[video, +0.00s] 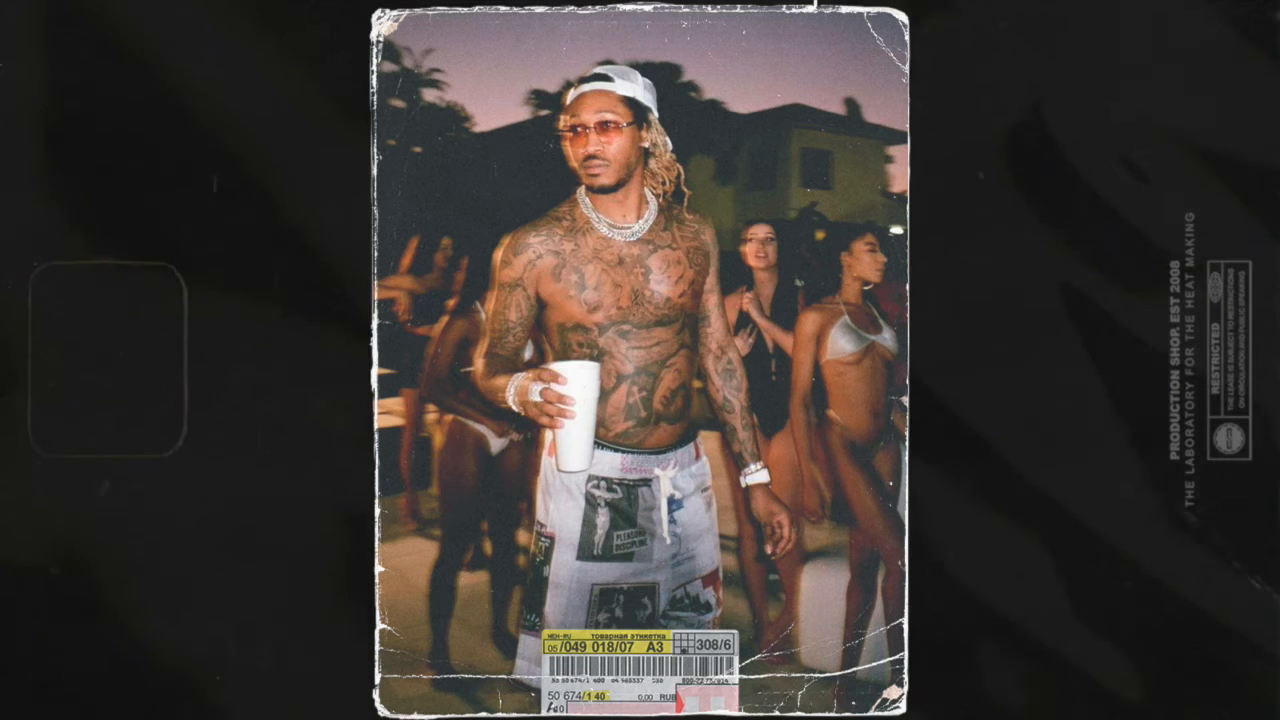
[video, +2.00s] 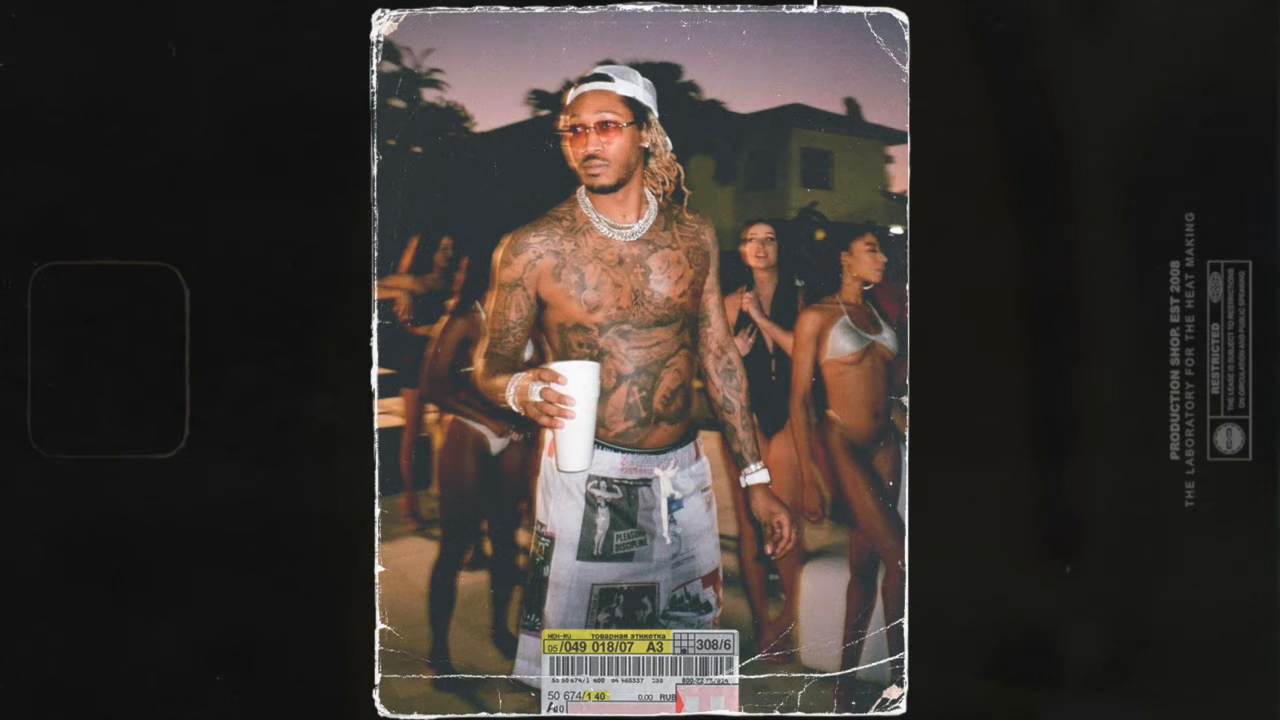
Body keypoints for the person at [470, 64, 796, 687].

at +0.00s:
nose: (590, 143)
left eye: (608, 126)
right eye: (576, 130)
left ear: (646, 139)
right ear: (565, 144)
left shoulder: (694, 237)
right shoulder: (532, 248)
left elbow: (720, 359)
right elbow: (492, 365)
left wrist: (756, 481)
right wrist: (516, 389)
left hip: (681, 477)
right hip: (583, 482)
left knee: (688, 663)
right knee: (574, 668)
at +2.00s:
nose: (590, 143)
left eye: (608, 126)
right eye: (576, 130)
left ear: (646, 138)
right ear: (565, 144)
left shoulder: (693, 235)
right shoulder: (532, 248)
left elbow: (720, 358)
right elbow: (491, 365)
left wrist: (756, 482)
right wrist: (516, 389)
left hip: (681, 477)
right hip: (583, 482)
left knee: (690, 664)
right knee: (574, 670)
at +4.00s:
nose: (589, 143)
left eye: (608, 126)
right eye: (576, 130)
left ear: (646, 138)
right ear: (565, 144)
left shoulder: (693, 235)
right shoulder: (532, 248)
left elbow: (720, 358)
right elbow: (491, 366)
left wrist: (756, 482)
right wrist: (516, 389)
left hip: (681, 477)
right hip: (583, 482)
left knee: (690, 664)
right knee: (574, 669)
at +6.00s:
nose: (590, 143)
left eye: (608, 126)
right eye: (576, 130)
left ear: (646, 138)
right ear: (565, 143)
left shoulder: (693, 236)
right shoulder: (532, 248)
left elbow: (720, 358)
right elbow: (491, 365)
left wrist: (756, 481)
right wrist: (516, 389)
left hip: (681, 477)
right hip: (582, 481)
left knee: (689, 663)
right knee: (572, 666)